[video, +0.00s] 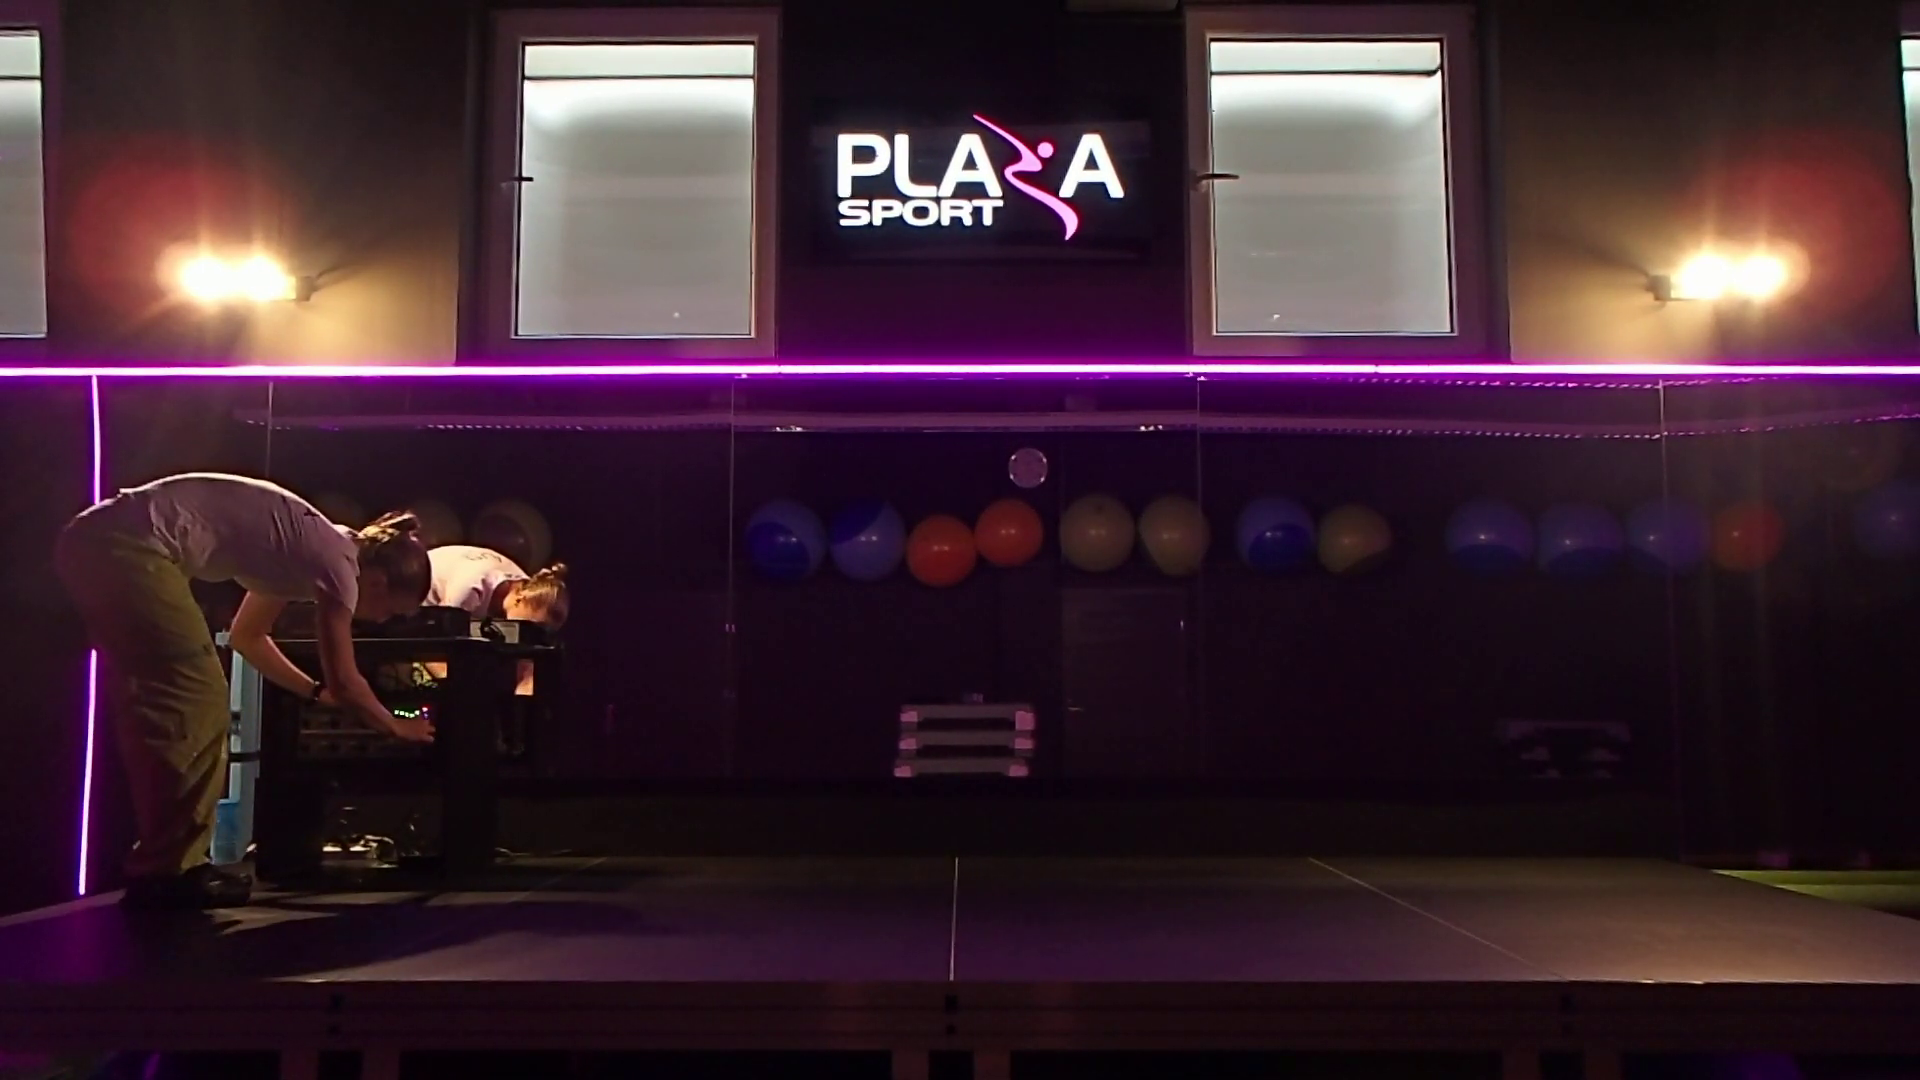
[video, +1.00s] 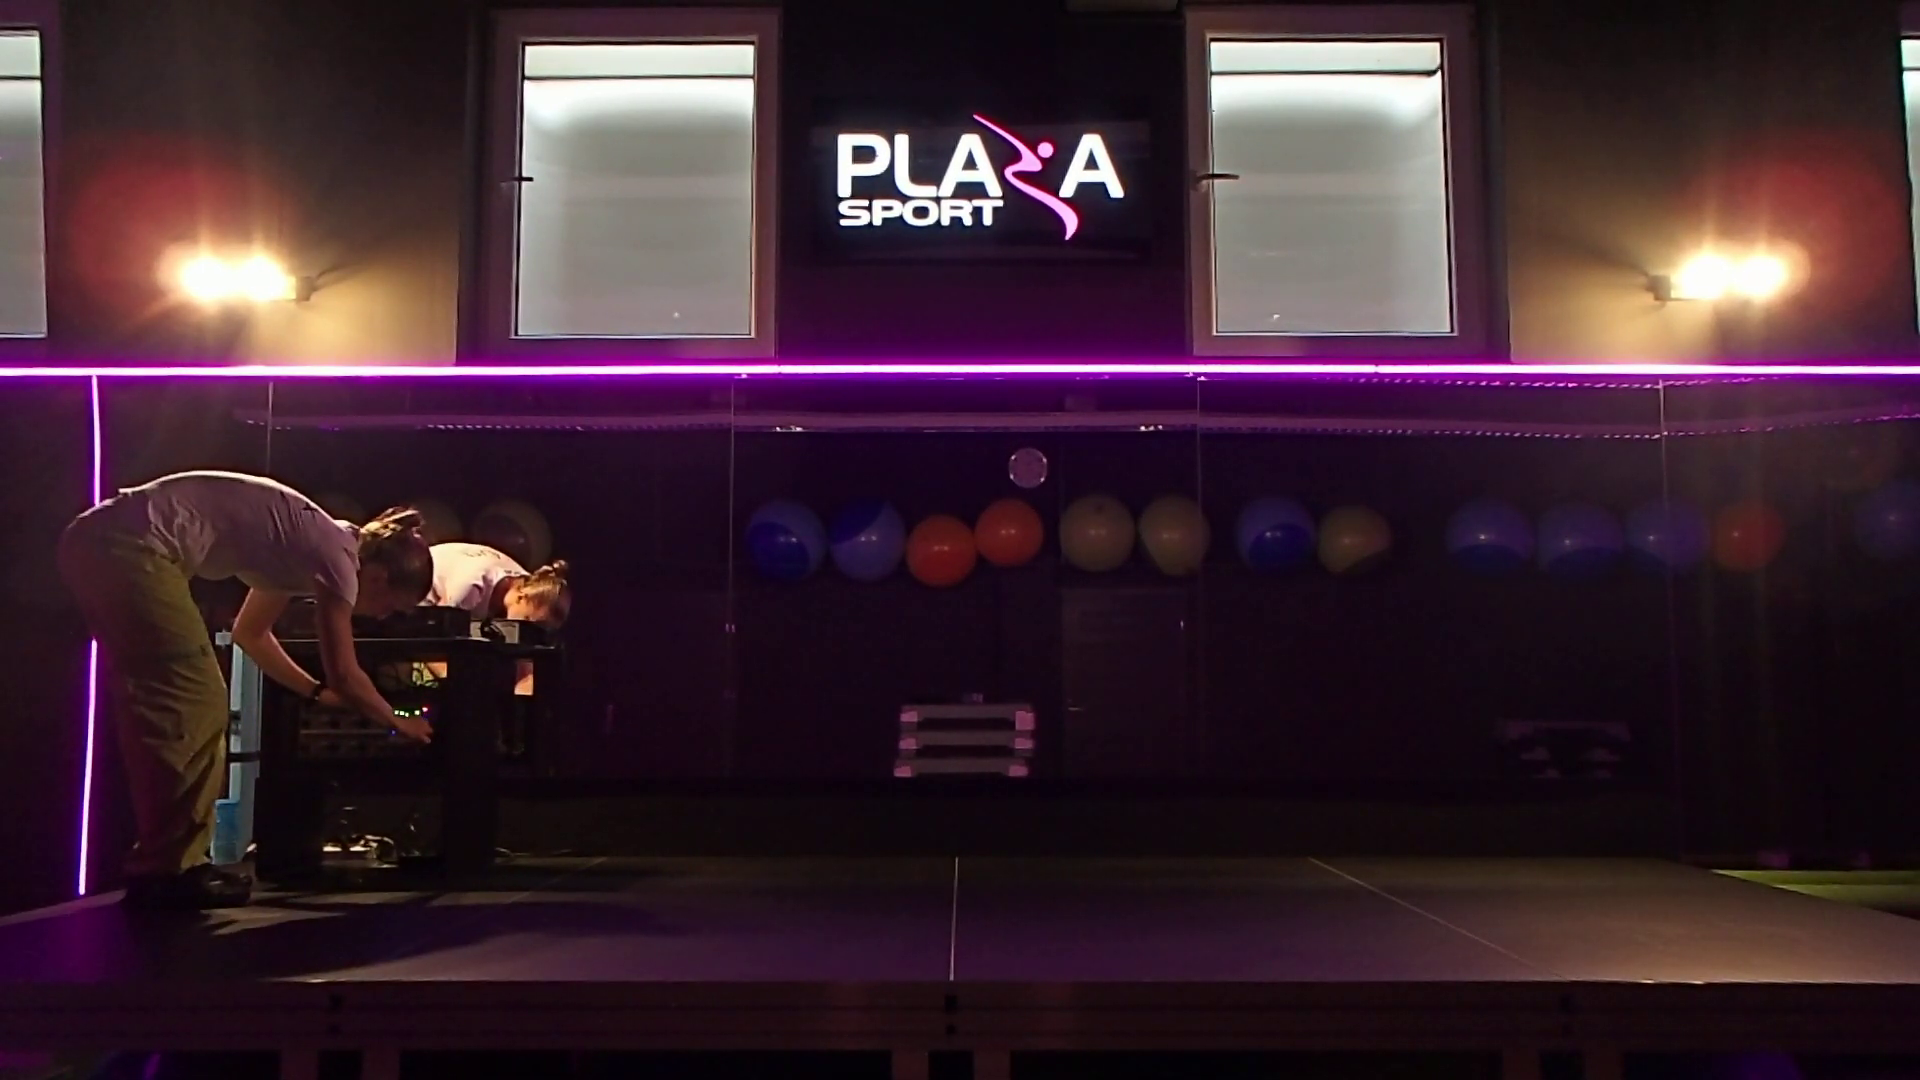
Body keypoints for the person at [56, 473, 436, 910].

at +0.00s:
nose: (379, 619)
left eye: (391, 615)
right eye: (389, 609)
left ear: (377, 570)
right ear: (378, 578)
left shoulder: (296, 553)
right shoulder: (337, 559)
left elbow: (246, 636)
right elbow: (344, 680)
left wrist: (315, 691)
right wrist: (395, 726)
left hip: (108, 542)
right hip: (130, 547)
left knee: (167, 695)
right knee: (197, 697)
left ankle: (167, 865)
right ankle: (170, 870)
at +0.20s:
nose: (380, 619)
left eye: (391, 615)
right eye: (390, 609)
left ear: (379, 569)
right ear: (380, 576)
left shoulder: (297, 554)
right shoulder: (339, 557)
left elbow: (247, 636)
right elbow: (344, 677)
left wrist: (315, 691)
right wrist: (394, 726)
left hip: (111, 542)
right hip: (133, 547)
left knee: (172, 696)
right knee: (197, 697)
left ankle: (167, 865)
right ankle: (171, 869)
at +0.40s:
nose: (380, 618)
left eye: (391, 614)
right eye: (389, 609)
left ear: (380, 571)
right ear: (380, 577)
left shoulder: (297, 552)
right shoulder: (338, 556)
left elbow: (247, 634)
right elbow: (343, 676)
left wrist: (314, 691)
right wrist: (394, 726)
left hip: (111, 542)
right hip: (134, 547)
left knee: (173, 697)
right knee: (198, 697)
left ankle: (166, 865)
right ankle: (172, 868)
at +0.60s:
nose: (380, 618)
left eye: (391, 615)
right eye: (389, 609)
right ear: (379, 576)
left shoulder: (297, 552)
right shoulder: (338, 556)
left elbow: (248, 633)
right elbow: (342, 674)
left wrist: (314, 690)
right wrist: (395, 725)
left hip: (112, 543)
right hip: (133, 547)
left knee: (179, 697)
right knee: (197, 697)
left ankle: (166, 866)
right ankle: (170, 869)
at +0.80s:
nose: (379, 618)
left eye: (391, 614)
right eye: (389, 608)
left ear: (380, 569)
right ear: (380, 575)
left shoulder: (296, 551)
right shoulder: (337, 554)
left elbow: (248, 633)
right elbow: (342, 673)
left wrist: (314, 690)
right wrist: (396, 724)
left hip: (110, 542)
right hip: (132, 548)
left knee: (173, 696)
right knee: (196, 698)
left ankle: (166, 865)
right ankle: (171, 868)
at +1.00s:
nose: (378, 615)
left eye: (390, 611)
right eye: (388, 605)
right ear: (381, 574)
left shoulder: (296, 549)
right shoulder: (336, 551)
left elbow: (249, 632)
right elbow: (344, 672)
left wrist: (315, 691)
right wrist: (398, 722)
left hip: (111, 542)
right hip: (132, 547)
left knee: (181, 699)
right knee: (196, 700)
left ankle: (167, 866)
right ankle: (170, 869)